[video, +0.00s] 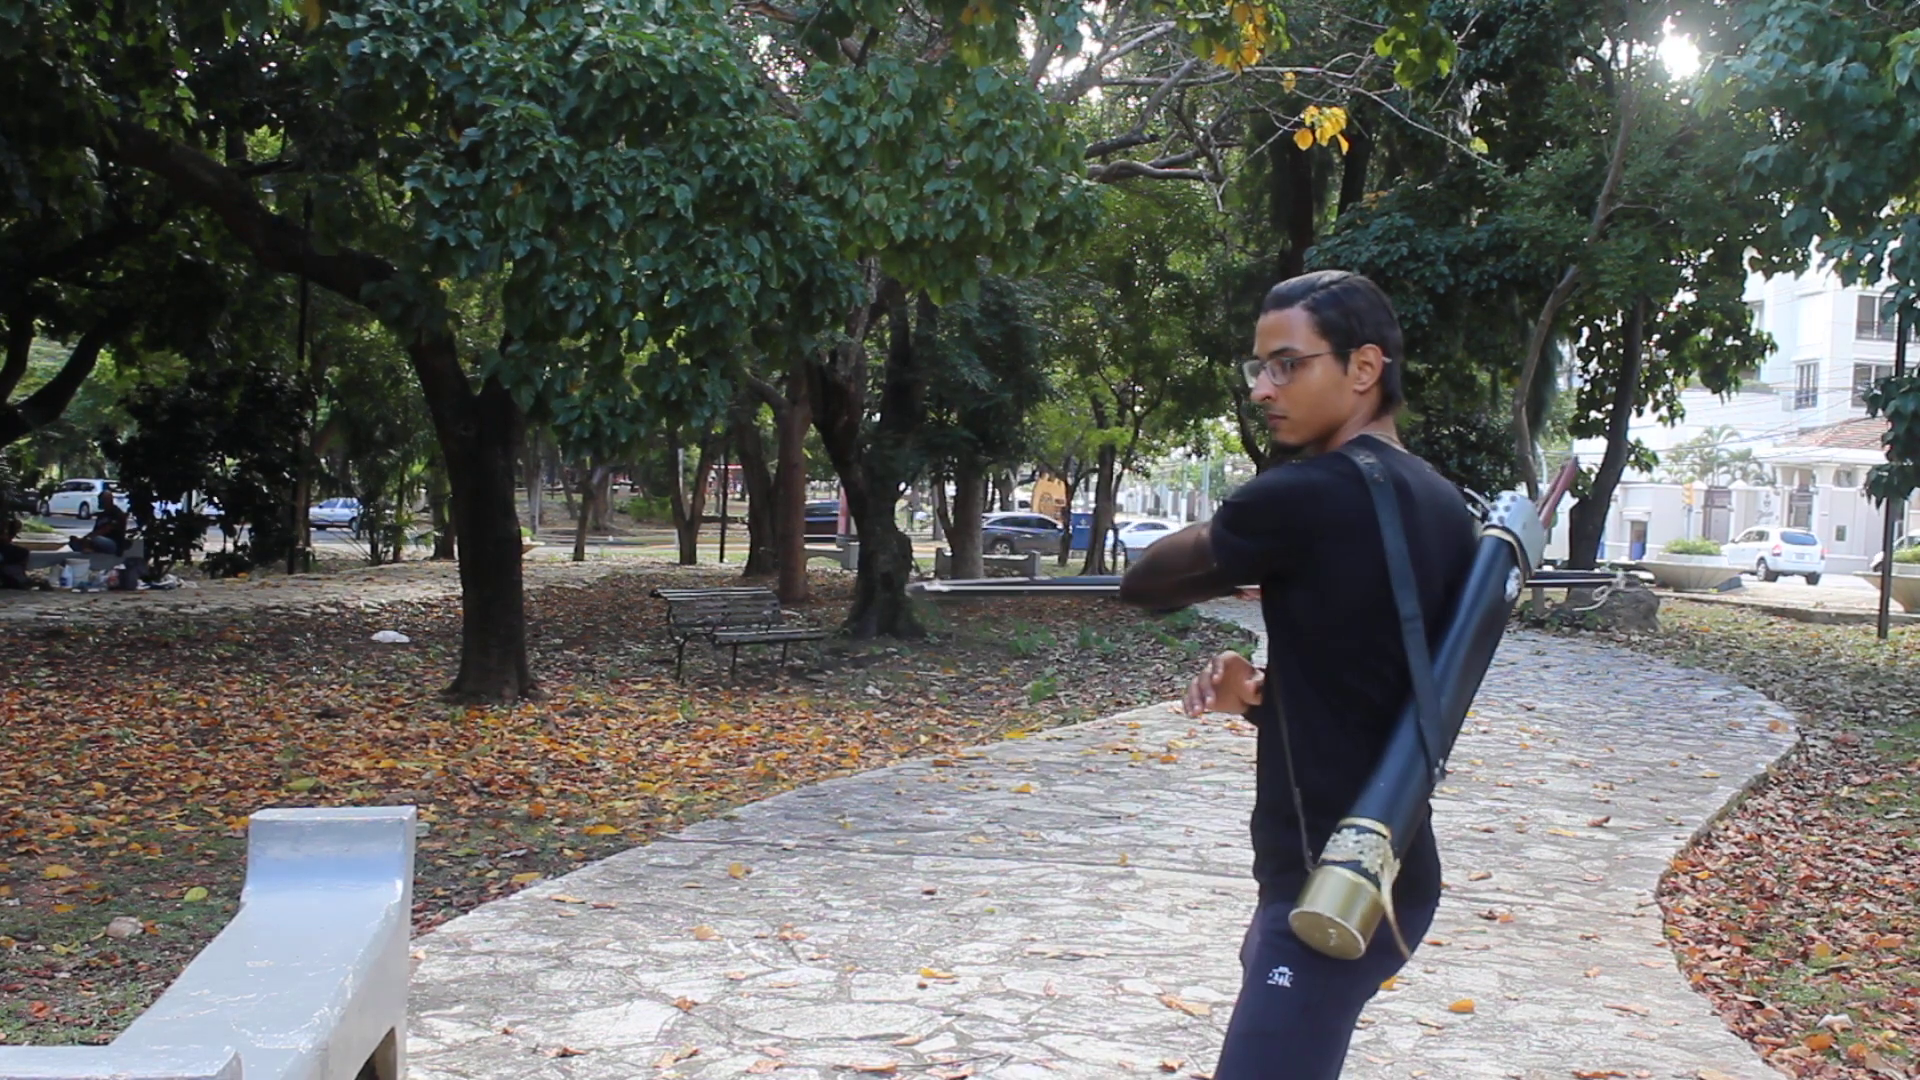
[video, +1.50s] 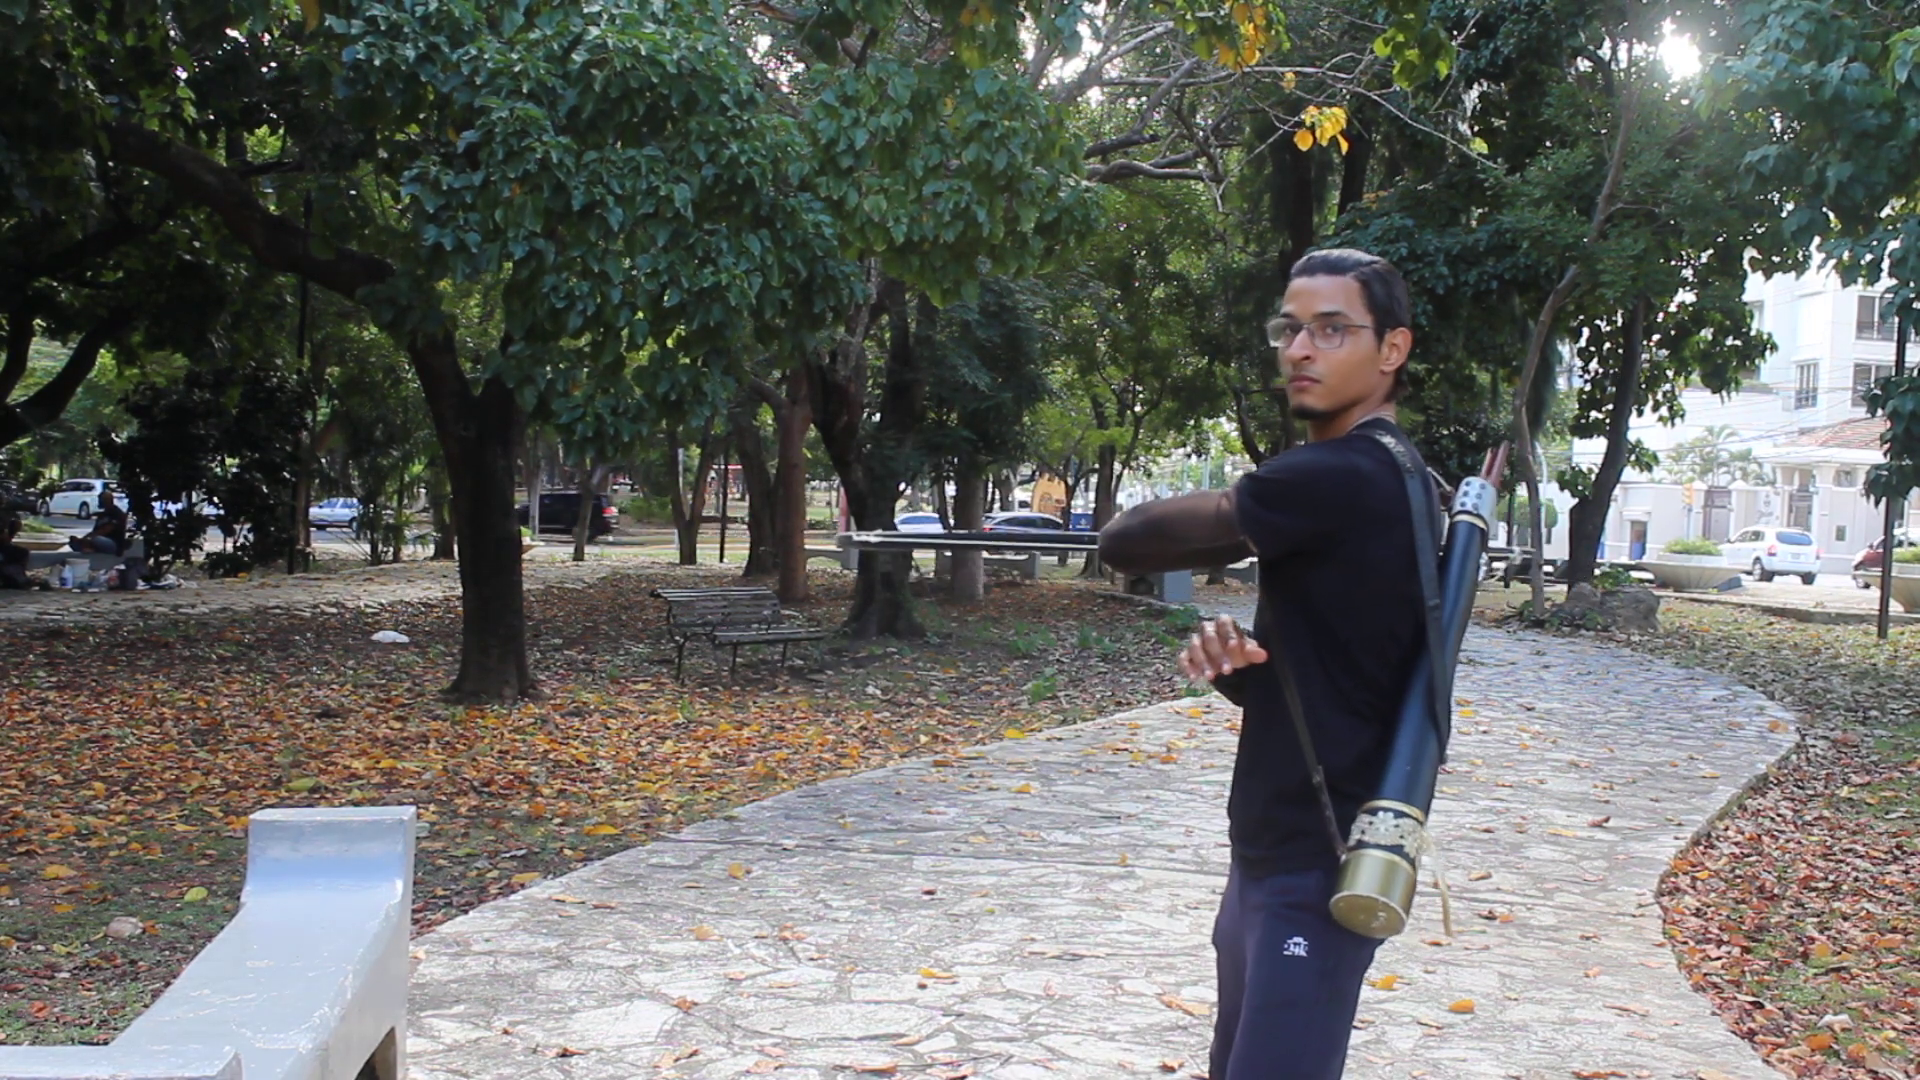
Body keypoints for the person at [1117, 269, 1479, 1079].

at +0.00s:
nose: (1261, 388)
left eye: (1287, 364)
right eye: (1258, 366)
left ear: (1365, 370)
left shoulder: (1305, 495)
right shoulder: (1440, 499)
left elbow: (1144, 582)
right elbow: (1397, 685)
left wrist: (1246, 563)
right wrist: (1265, 690)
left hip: (1322, 888)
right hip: (1389, 876)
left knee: (1253, 1067)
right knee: (1277, 1061)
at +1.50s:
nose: (1298, 349)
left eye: (1329, 330)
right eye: (1290, 328)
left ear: (1393, 352)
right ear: (1276, 339)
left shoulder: (1347, 470)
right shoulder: (1378, 469)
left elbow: (1131, 536)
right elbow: (1338, 688)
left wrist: (1122, 552)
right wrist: (1247, 669)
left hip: (1319, 871)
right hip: (1270, 860)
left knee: (1269, 1070)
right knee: (1232, 1064)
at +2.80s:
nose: (1277, 346)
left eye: (1307, 323)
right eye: (1270, 325)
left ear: (1373, 342)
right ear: (1260, 335)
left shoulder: (1359, 460)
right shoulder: (1317, 464)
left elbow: (1136, 519)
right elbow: (1296, 668)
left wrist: (1107, 526)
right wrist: (1227, 647)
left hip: (1326, 863)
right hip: (1252, 852)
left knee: (1292, 1069)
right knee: (1229, 1067)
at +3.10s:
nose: (1279, 346)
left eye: (1309, 323)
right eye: (1272, 326)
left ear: (1375, 341)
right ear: (1261, 337)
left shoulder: (1367, 461)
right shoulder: (1315, 469)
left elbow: (1132, 520)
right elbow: (1284, 668)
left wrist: (1108, 515)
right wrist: (1225, 644)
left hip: (1328, 865)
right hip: (1250, 854)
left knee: (1297, 1067)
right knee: (1231, 1065)